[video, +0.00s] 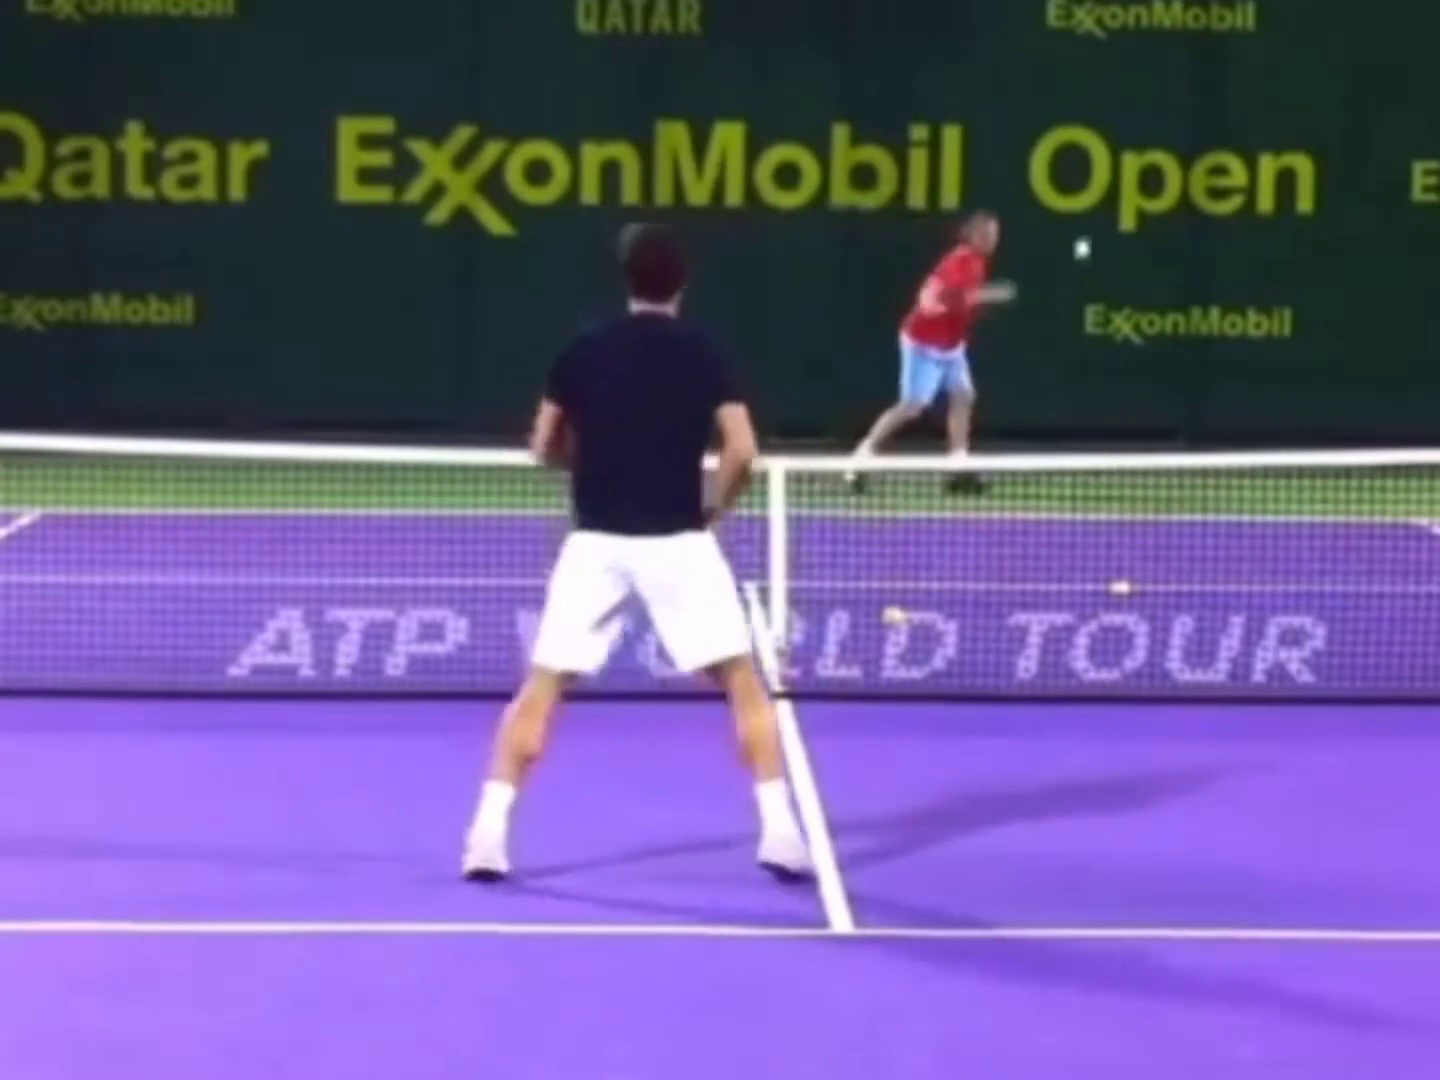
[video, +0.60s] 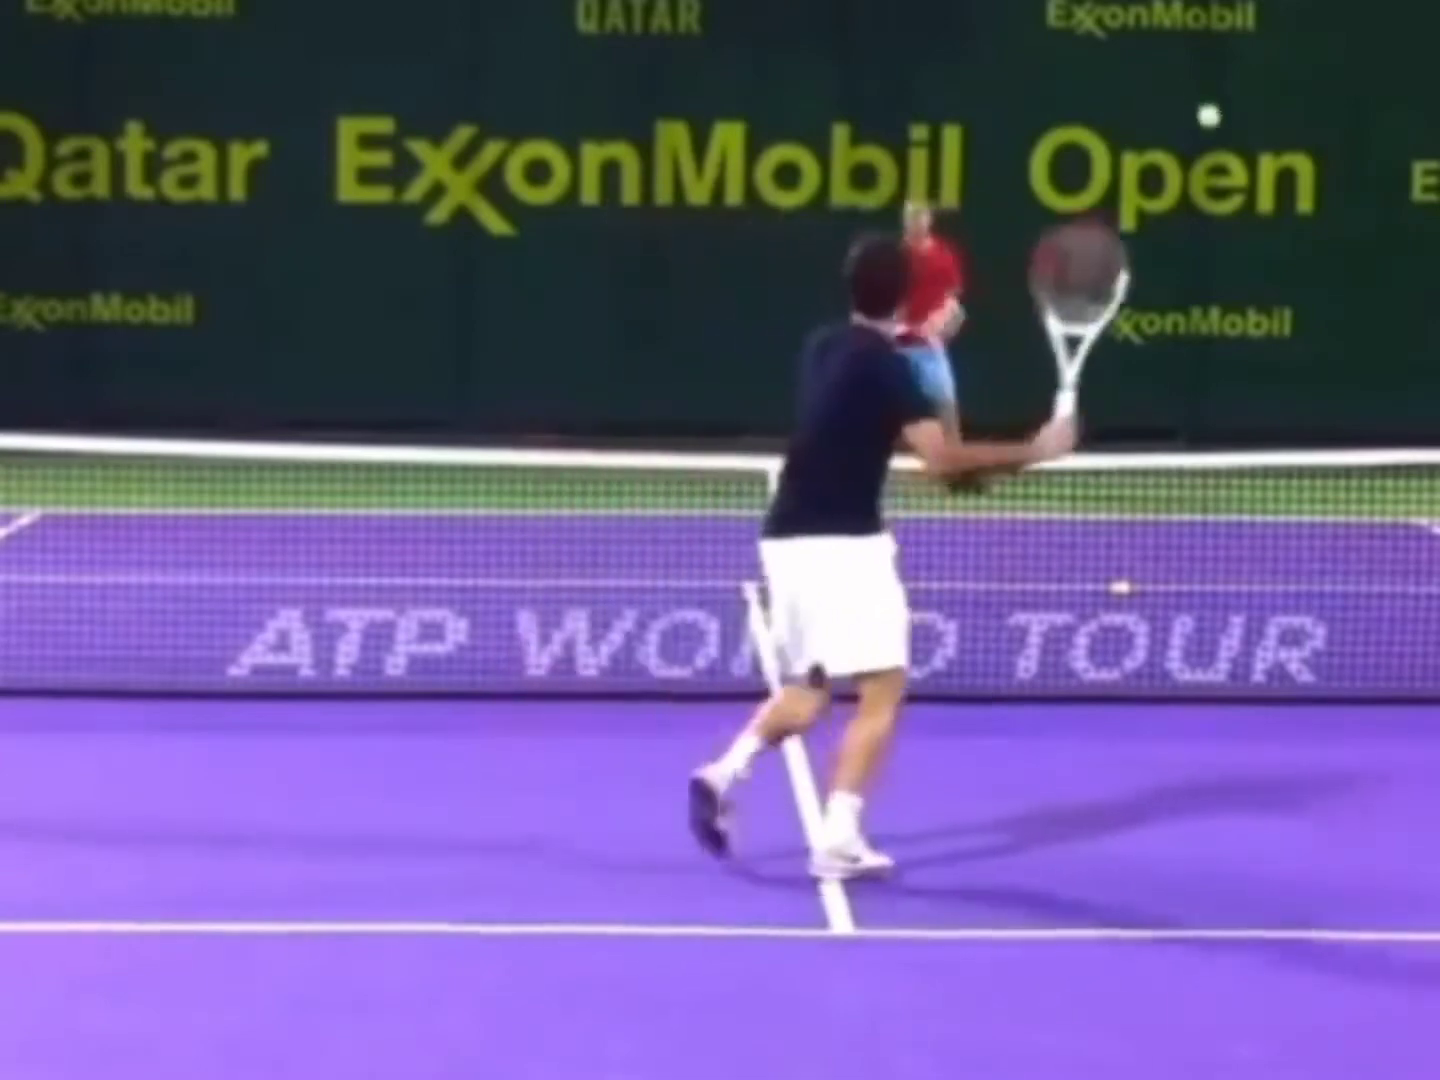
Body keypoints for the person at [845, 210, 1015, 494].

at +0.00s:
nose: (992, 241)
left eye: (994, 234)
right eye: (986, 234)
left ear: (993, 237)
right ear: (971, 235)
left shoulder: (977, 263)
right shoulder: (958, 260)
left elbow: (962, 294)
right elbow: (930, 296)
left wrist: (991, 296)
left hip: (951, 343)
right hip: (922, 342)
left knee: (963, 396)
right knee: (913, 404)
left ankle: (959, 461)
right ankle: (862, 453)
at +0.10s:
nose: (983, 233)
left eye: (987, 227)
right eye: (978, 226)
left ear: (992, 230)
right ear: (966, 226)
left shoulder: (982, 258)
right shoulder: (949, 252)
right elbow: (923, 262)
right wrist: (909, 267)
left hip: (955, 339)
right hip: (923, 337)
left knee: (962, 398)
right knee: (920, 400)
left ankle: (959, 462)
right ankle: (872, 455)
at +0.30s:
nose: (968, 223)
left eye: (973, 217)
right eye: (963, 216)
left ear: (979, 221)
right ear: (954, 219)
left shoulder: (981, 256)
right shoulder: (935, 246)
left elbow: (988, 297)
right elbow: (897, 259)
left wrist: (1010, 331)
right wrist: (882, 259)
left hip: (953, 337)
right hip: (917, 333)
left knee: (960, 399)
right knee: (916, 396)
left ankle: (959, 464)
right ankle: (879, 452)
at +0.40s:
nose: (955, 222)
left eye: (961, 216)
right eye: (951, 215)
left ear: (968, 219)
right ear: (941, 217)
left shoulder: (977, 254)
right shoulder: (921, 247)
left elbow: (981, 298)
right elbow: (879, 281)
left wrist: (990, 331)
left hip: (952, 335)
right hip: (912, 333)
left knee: (956, 400)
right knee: (900, 394)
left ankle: (960, 464)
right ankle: (863, 445)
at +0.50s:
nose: (938, 220)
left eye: (942, 213)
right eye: (933, 213)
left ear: (951, 217)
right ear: (925, 216)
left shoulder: (960, 254)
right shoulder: (910, 248)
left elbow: (968, 290)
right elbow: (878, 279)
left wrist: (962, 320)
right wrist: (880, 306)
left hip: (941, 338)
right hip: (902, 336)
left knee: (954, 401)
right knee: (888, 393)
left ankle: (956, 459)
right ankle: (861, 448)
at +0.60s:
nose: (915, 224)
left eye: (921, 216)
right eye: (910, 217)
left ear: (930, 220)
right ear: (903, 221)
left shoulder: (942, 257)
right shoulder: (898, 256)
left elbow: (952, 300)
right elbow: (893, 297)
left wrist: (931, 327)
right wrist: (898, 326)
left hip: (928, 337)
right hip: (896, 336)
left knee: (942, 396)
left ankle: (950, 450)